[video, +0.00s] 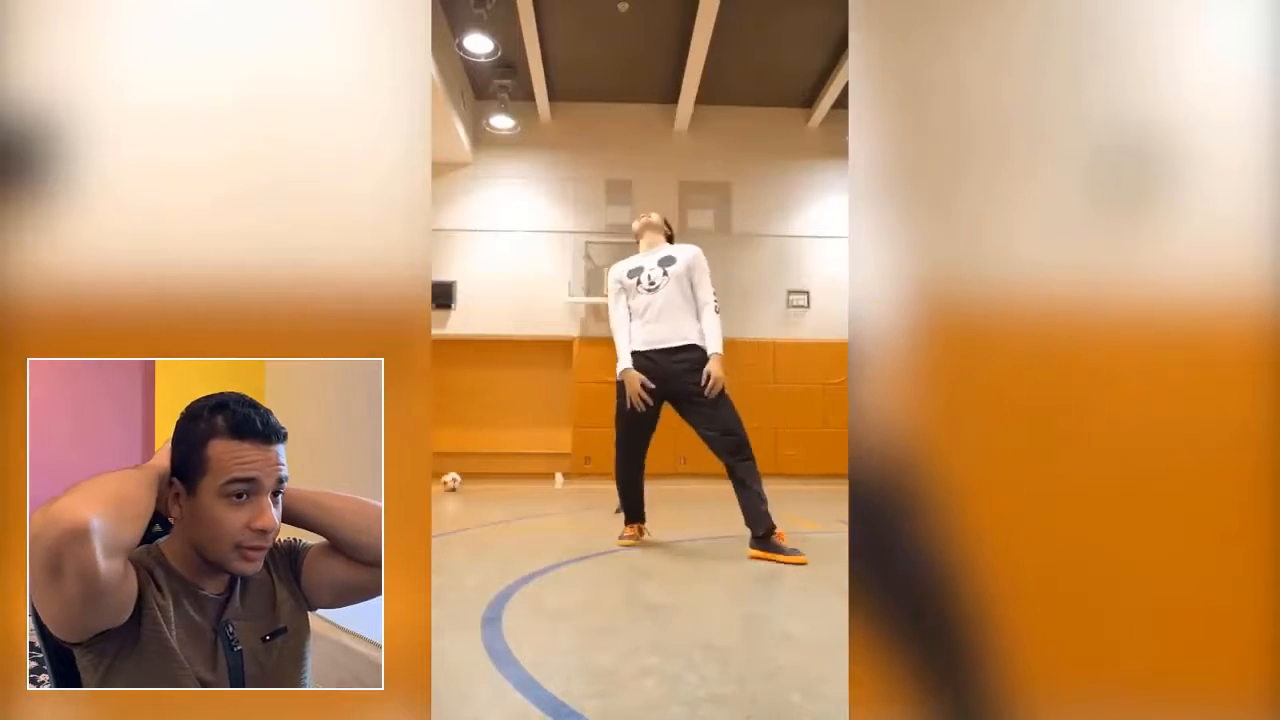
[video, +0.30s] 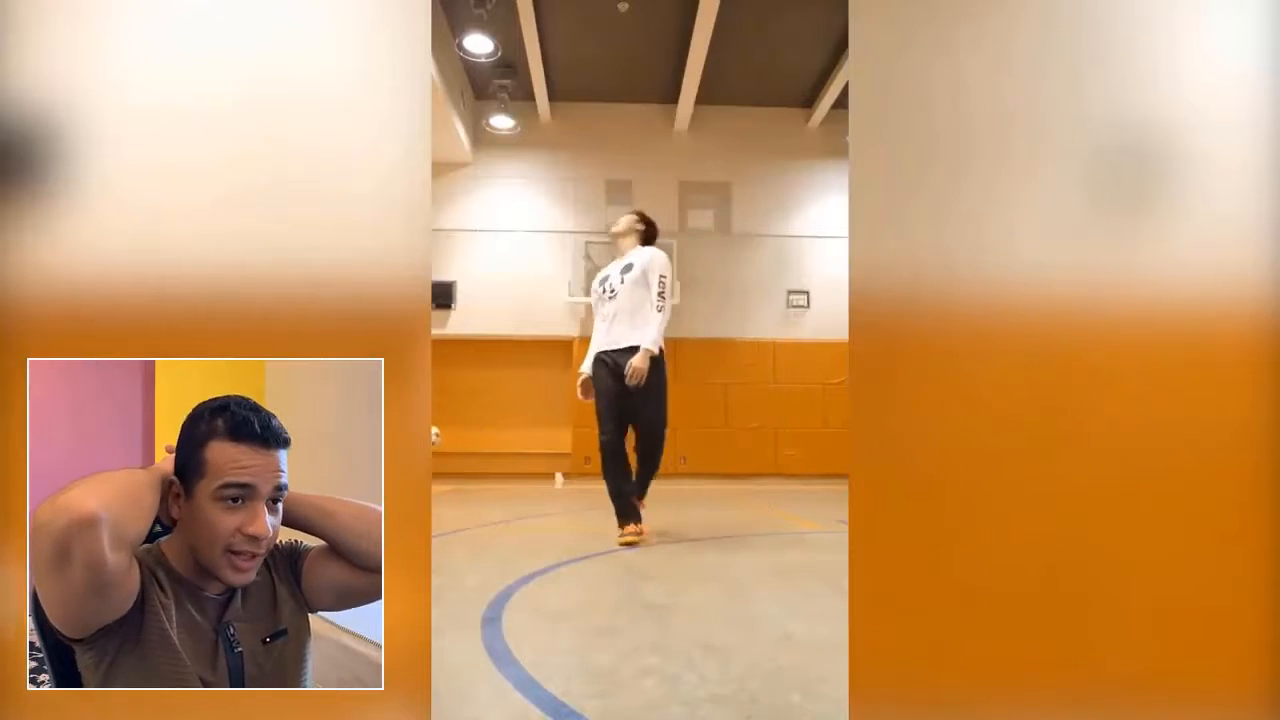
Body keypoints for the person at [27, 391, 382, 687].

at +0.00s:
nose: (267, 522)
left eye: (276, 494)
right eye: (239, 495)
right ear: (177, 501)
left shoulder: (283, 573)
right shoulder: (117, 598)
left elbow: (397, 551)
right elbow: (72, 534)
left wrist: (270, 494)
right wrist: (156, 473)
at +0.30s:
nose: (262, 529)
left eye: (275, 500)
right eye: (233, 500)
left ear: (281, 505)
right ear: (178, 501)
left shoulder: (285, 575)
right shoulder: (116, 601)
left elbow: (398, 556)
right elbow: (74, 523)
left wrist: (271, 501)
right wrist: (160, 479)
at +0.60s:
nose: (284, 534)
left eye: (292, 504)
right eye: (257, 504)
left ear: (295, 502)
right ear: (191, 503)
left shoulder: (285, 578)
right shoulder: (119, 595)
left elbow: (398, 578)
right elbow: (91, 559)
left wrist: (288, 513)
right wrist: (166, 489)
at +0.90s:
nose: (273, 528)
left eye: (285, 501)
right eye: (244, 498)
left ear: (291, 502)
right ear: (185, 496)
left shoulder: (280, 584)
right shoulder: (94, 601)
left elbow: (396, 628)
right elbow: (165, 647)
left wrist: (283, 526)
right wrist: (168, 513)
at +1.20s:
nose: (283, 533)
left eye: (295, 505)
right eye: (255, 502)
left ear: (301, 503)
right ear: (192, 501)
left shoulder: (281, 585)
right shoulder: (100, 600)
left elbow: (395, 645)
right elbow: (179, 666)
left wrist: (289, 532)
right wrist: (174, 521)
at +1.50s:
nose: (286, 535)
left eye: (297, 506)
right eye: (257, 504)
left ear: (304, 503)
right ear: (194, 503)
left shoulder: (284, 585)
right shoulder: (101, 604)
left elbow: (397, 658)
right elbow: (166, 691)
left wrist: (294, 538)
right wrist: (179, 543)